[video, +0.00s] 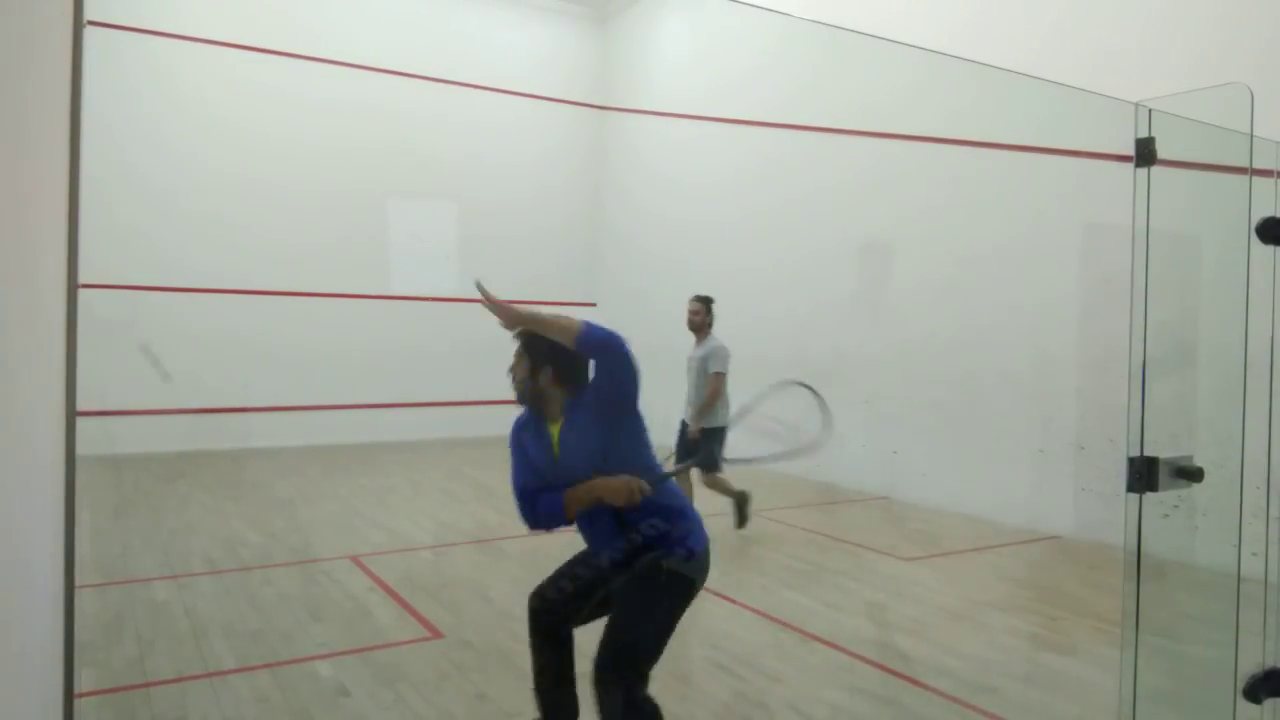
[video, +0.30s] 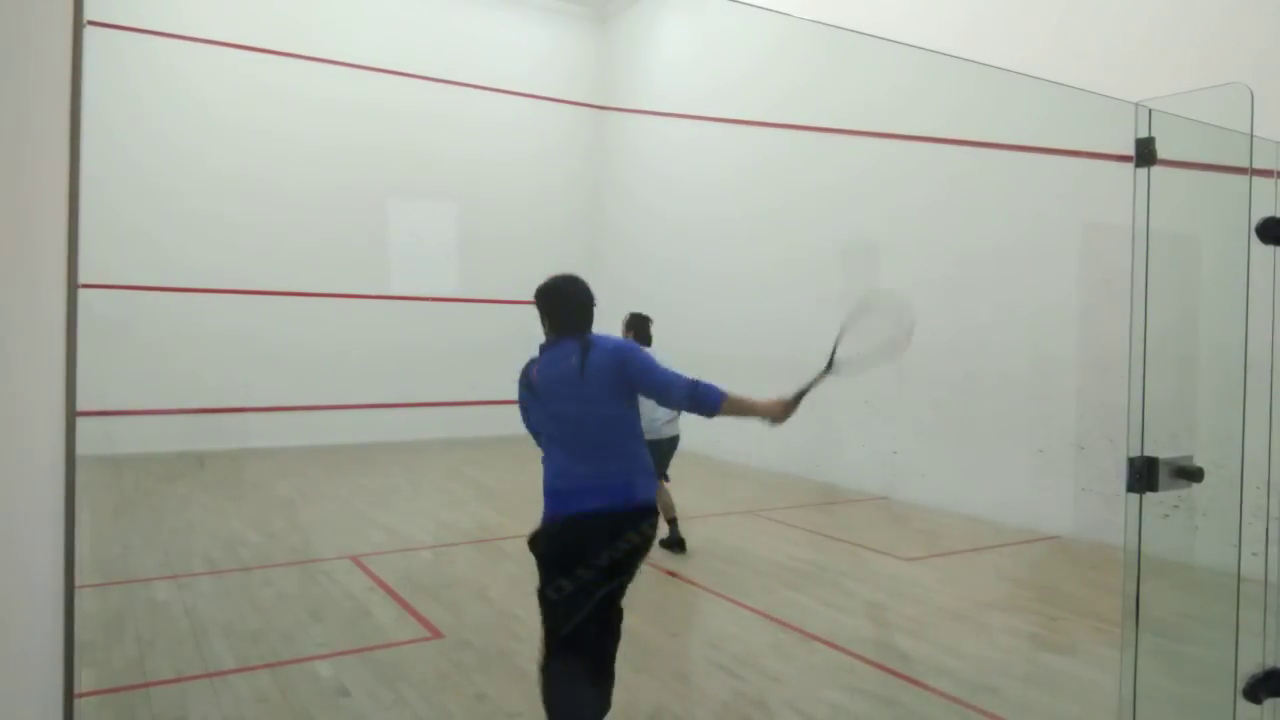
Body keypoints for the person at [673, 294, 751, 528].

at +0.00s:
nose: (690, 318)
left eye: (696, 313)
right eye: (689, 313)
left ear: (708, 317)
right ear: (688, 316)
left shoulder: (717, 350)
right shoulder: (697, 348)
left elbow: (716, 390)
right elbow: (697, 387)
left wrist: (697, 420)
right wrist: (690, 415)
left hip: (712, 424)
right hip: (691, 421)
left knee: (709, 478)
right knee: (680, 471)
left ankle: (738, 496)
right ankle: (686, 519)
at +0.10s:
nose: (667, 318)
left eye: (672, 313)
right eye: (665, 313)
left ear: (685, 316)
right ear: (662, 315)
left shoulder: (691, 347)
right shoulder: (678, 346)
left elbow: (692, 386)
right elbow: (681, 385)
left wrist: (667, 415)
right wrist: (668, 415)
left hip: (686, 419)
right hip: (677, 419)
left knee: (671, 472)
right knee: (670, 472)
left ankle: (686, 521)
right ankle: (684, 519)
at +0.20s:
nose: (635, 320)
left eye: (637, 315)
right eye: (636, 315)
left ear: (646, 319)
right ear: (661, 317)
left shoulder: (648, 349)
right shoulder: (677, 346)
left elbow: (646, 389)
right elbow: (687, 386)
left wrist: (636, 410)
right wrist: (680, 406)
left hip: (654, 423)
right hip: (676, 422)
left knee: (648, 474)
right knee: (650, 472)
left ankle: (673, 523)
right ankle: (666, 523)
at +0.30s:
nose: (623, 334)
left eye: (624, 331)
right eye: (625, 331)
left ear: (629, 333)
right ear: (648, 333)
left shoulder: (625, 360)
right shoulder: (656, 359)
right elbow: (679, 391)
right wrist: (673, 415)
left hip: (646, 434)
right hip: (671, 432)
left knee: (656, 481)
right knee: (656, 479)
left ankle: (674, 532)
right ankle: (673, 532)